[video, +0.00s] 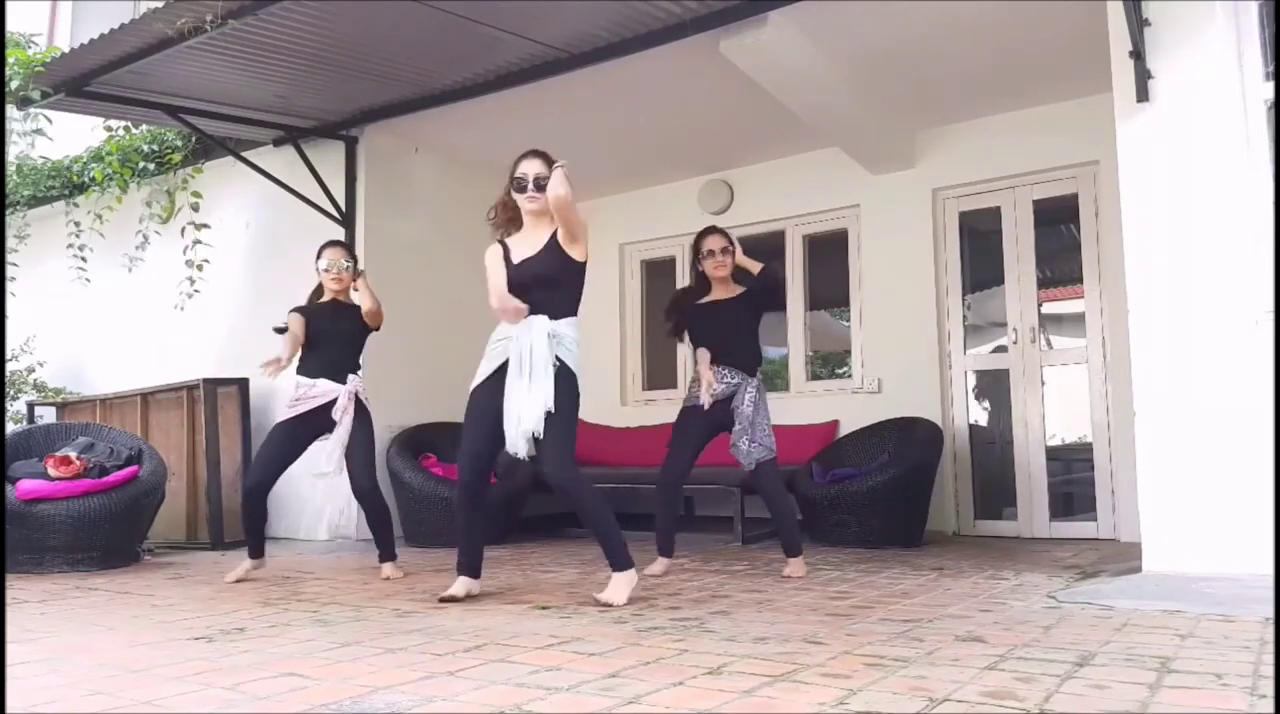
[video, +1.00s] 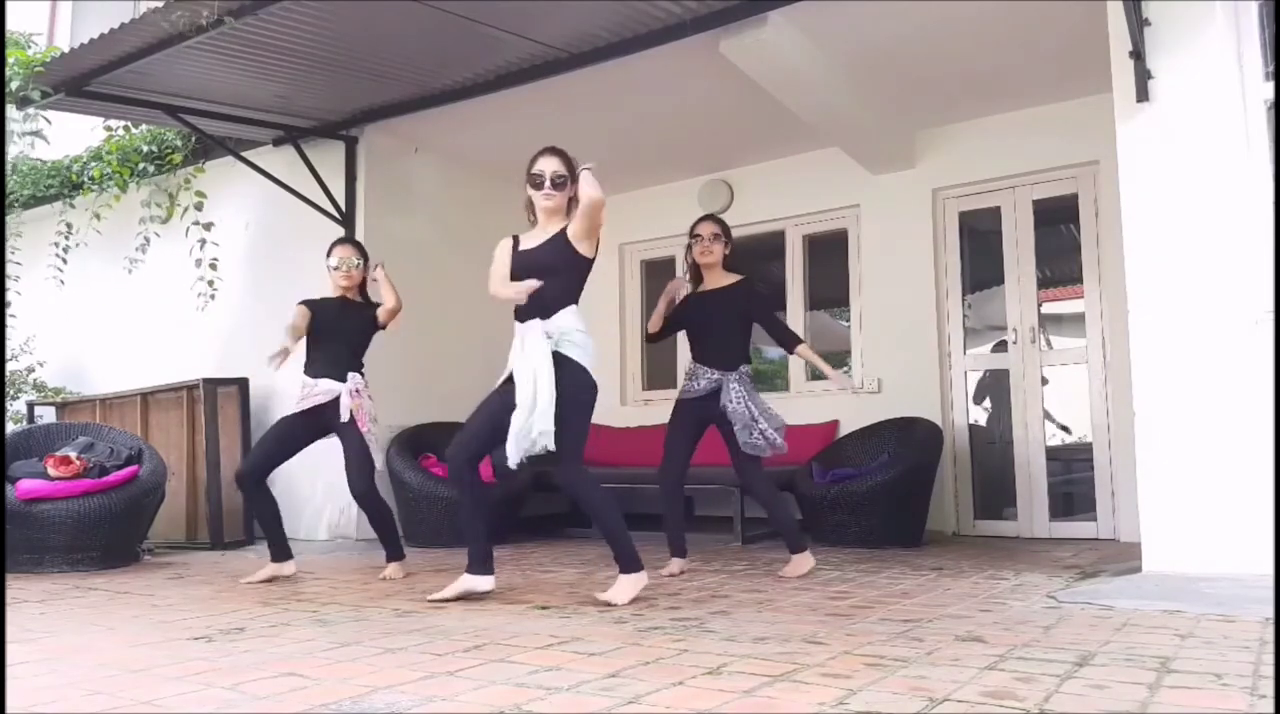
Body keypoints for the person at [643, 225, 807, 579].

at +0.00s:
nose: (718, 259)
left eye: (724, 252)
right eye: (709, 254)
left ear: (733, 258)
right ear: (699, 262)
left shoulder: (752, 294)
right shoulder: (693, 303)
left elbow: (779, 284)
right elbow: (699, 341)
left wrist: (743, 260)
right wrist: (703, 362)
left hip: (746, 392)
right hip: (706, 392)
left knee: (766, 477)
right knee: (670, 473)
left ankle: (795, 555)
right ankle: (664, 554)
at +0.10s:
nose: (702, 263)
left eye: (708, 256)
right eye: (693, 259)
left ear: (717, 260)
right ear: (683, 267)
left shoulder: (737, 299)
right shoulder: (678, 311)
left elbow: (771, 293)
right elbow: (680, 359)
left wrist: (726, 267)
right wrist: (671, 402)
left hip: (734, 401)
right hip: (690, 402)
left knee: (759, 477)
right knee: (672, 480)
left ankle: (790, 550)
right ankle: (645, 558)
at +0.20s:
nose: (691, 263)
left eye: (697, 257)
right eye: (682, 259)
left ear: (707, 262)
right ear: (673, 268)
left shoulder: (728, 301)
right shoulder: (670, 313)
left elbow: (758, 296)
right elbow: (653, 353)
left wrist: (720, 268)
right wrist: (636, 377)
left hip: (724, 401)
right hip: (680, 402)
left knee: (762, 469)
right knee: (670, 482)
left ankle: (765, 549)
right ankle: (642, 558)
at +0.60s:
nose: (705, 255)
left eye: (713, 249)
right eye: (698, 250)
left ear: (727, 254)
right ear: (691, 256)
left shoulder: (745, 299)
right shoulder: (682, 305)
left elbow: (778, 316)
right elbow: (670, 349)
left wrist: (766, 269)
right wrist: (670, 378)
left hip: (736, 393)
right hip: (693, 392)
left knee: (755, 479)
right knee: (661, 474)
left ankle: (788, 556)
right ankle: (666, 551)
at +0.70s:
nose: (702, 253)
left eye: (711, 247)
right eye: (696, 247)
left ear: (724, 254)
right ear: (689, 255)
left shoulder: (741, 296)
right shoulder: (682, 307)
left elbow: (789, 330)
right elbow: (671, 354)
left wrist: (803, 303)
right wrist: (687, 350)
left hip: (738, 394)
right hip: (699, 397)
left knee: (751, 476)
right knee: (659, 471)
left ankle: (788, 557)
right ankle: (687, 555)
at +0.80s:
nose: (700, 249)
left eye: (708, 243)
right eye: (693, 243)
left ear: (720, 250)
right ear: (686, 251)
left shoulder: (735, 290)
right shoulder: (683, 296)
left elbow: (787, 328)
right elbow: (664, 345)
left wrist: (836, 333)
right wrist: (676, 304)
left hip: (731, 390)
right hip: (698, 391)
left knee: (743, 474)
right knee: (661, 469)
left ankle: (788, 555)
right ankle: (688, 557)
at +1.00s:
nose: (705, 244)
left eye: (713, 238)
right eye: (698, 239)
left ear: (726, 246)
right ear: (690, 248)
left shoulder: (743, 289)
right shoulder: (690, 299)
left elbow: (782, 334)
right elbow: (653, 335)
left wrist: (827, 369)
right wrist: (665, 301)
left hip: (732, 391)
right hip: (694, 390)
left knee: (751, 478)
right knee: (670, 475)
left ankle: (800, 553)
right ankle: (677, 557)